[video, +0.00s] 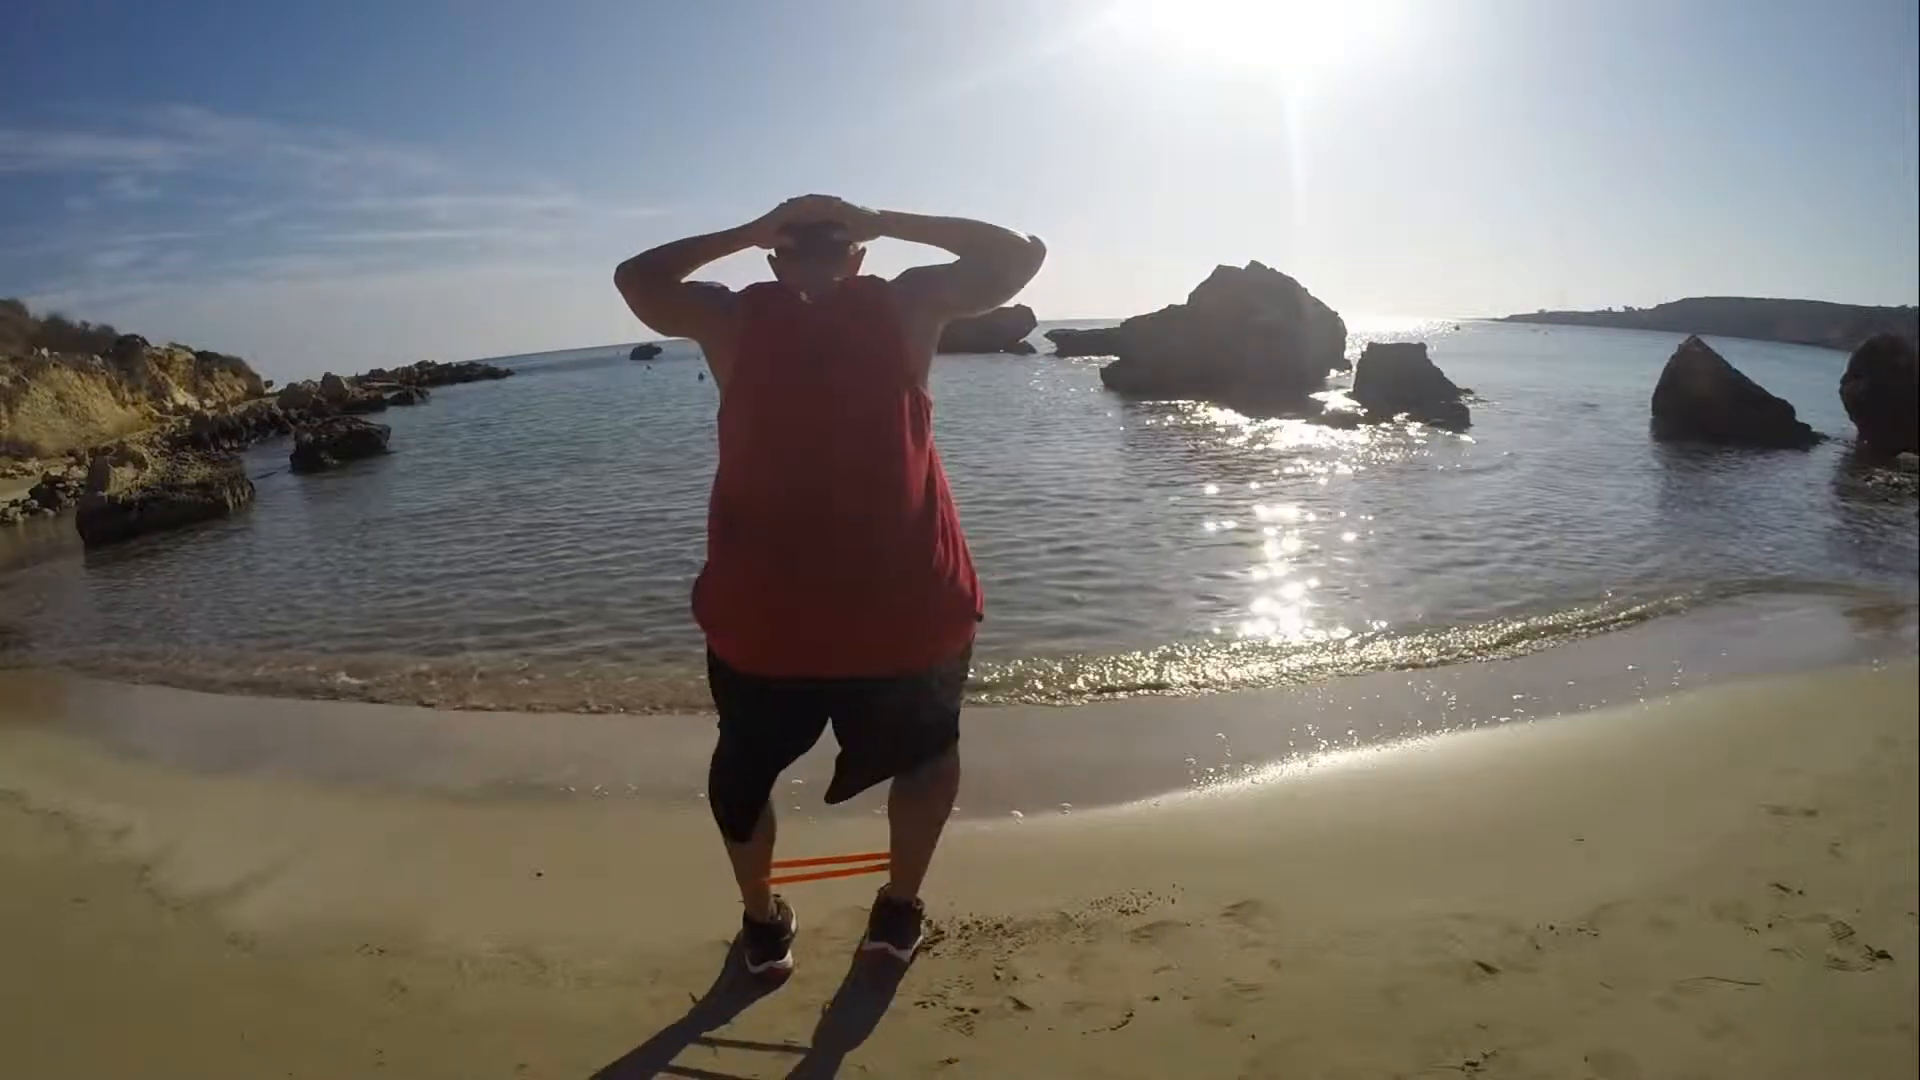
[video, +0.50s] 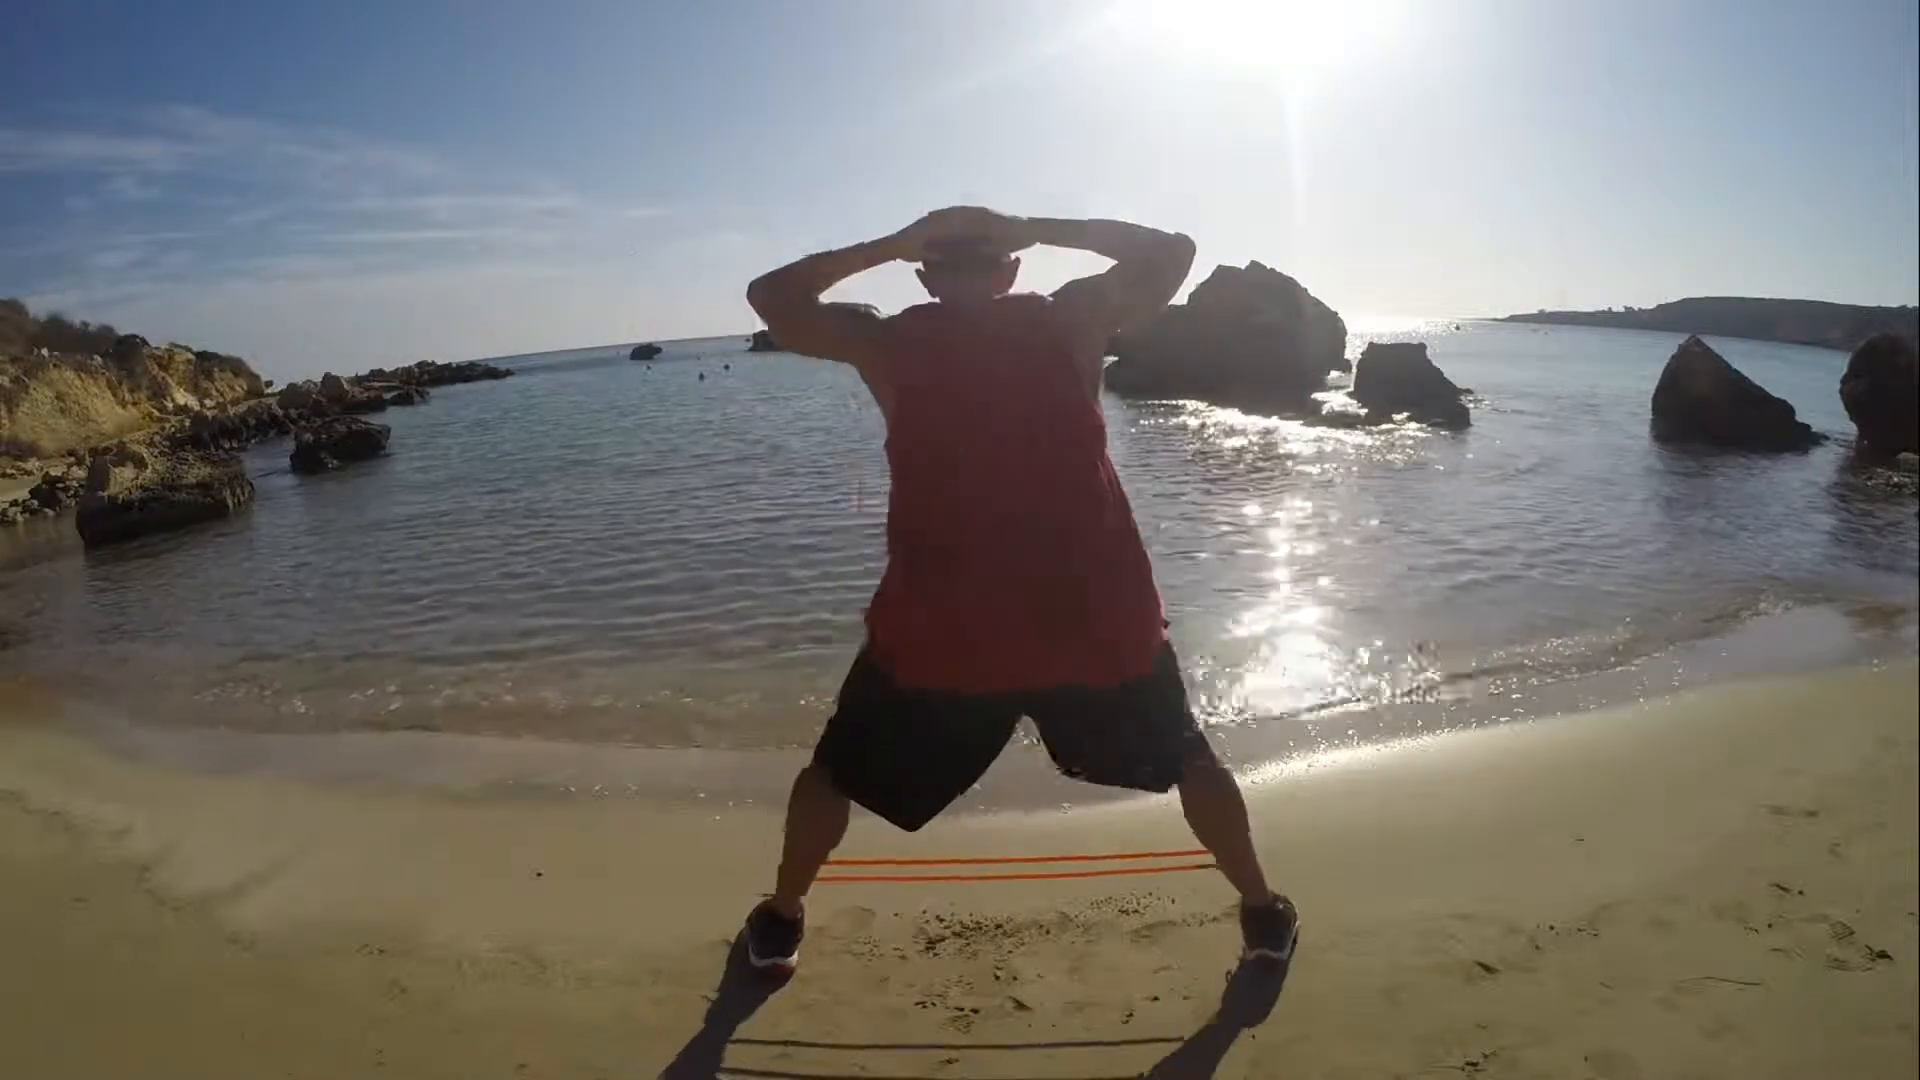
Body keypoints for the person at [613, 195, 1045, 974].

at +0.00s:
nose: (805, 248)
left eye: (807, 237)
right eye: (807, 236)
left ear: (773, 253)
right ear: (861, 251)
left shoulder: (730, 317)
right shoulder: (912, 306)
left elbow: (637, 279)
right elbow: (1019, 254)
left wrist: (750, 232)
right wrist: (889, 222)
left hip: (763, 597)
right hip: (900, 592)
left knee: (740, 775)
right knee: (927, 750)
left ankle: (762, 924)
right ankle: (899, 910)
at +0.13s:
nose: (812, 245)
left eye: (805, 235)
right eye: (824, 232)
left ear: (777, 252)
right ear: (863, 248)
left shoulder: (733, 318)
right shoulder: (913, 301)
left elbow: (641, 281)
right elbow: (1020, 246)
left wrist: (749, 232)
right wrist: (886, 217)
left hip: (782, 588)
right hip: (926, 577)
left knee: (768, 764)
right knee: (1002, 733)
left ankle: (764, 923)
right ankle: (1008, 899)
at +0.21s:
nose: (823, 246)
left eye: (816, 233)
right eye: (834, 230)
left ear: (787, 250)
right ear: (872, 246)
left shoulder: (746, 318)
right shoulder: (922, 297)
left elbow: (652, 282)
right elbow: (1031, 237)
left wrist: (759, 232)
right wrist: (893, 212)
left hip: (806, 585)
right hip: (955, 568)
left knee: (776, 755)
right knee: (1064, 725)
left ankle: (767, 920)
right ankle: (1120, 884)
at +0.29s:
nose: (857, 241)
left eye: (839, 235)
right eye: (866, 233)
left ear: (808, 256)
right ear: (892, 248)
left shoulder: (771, 321)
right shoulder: (950, 296)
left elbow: (672, 284)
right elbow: (1055, 235)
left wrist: (780, 235)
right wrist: (917, 215)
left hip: (837, 588)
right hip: (986, 570)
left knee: (785, 758)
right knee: (1121, 725)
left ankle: (771, 922)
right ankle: (1205, 871)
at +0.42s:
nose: (940, 257)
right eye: (944, 245)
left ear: (869, 264)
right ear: (957, 259)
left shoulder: (831, 333)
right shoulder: (1010, 311)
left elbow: (723, 291)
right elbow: (1115, 248)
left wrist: (835, 242)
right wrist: (986, 225)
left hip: (892, 617)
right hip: (1043, 604)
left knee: (810, 767)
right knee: (1167, 749)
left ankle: (776, 921)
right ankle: (1257, 899)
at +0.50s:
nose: (951, 270)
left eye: (944, 259)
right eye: (963, 255)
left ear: (924, 274)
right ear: (1010, 267)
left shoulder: (892, 341)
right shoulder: (1071, 320)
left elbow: (773, 297)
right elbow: (1169, 250)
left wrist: (893, 246)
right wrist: (1031, 230)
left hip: (943, 618)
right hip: (1092, 614)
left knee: (835, 769)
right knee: (1187, 755)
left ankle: (780, 918)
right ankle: (1262, 909)